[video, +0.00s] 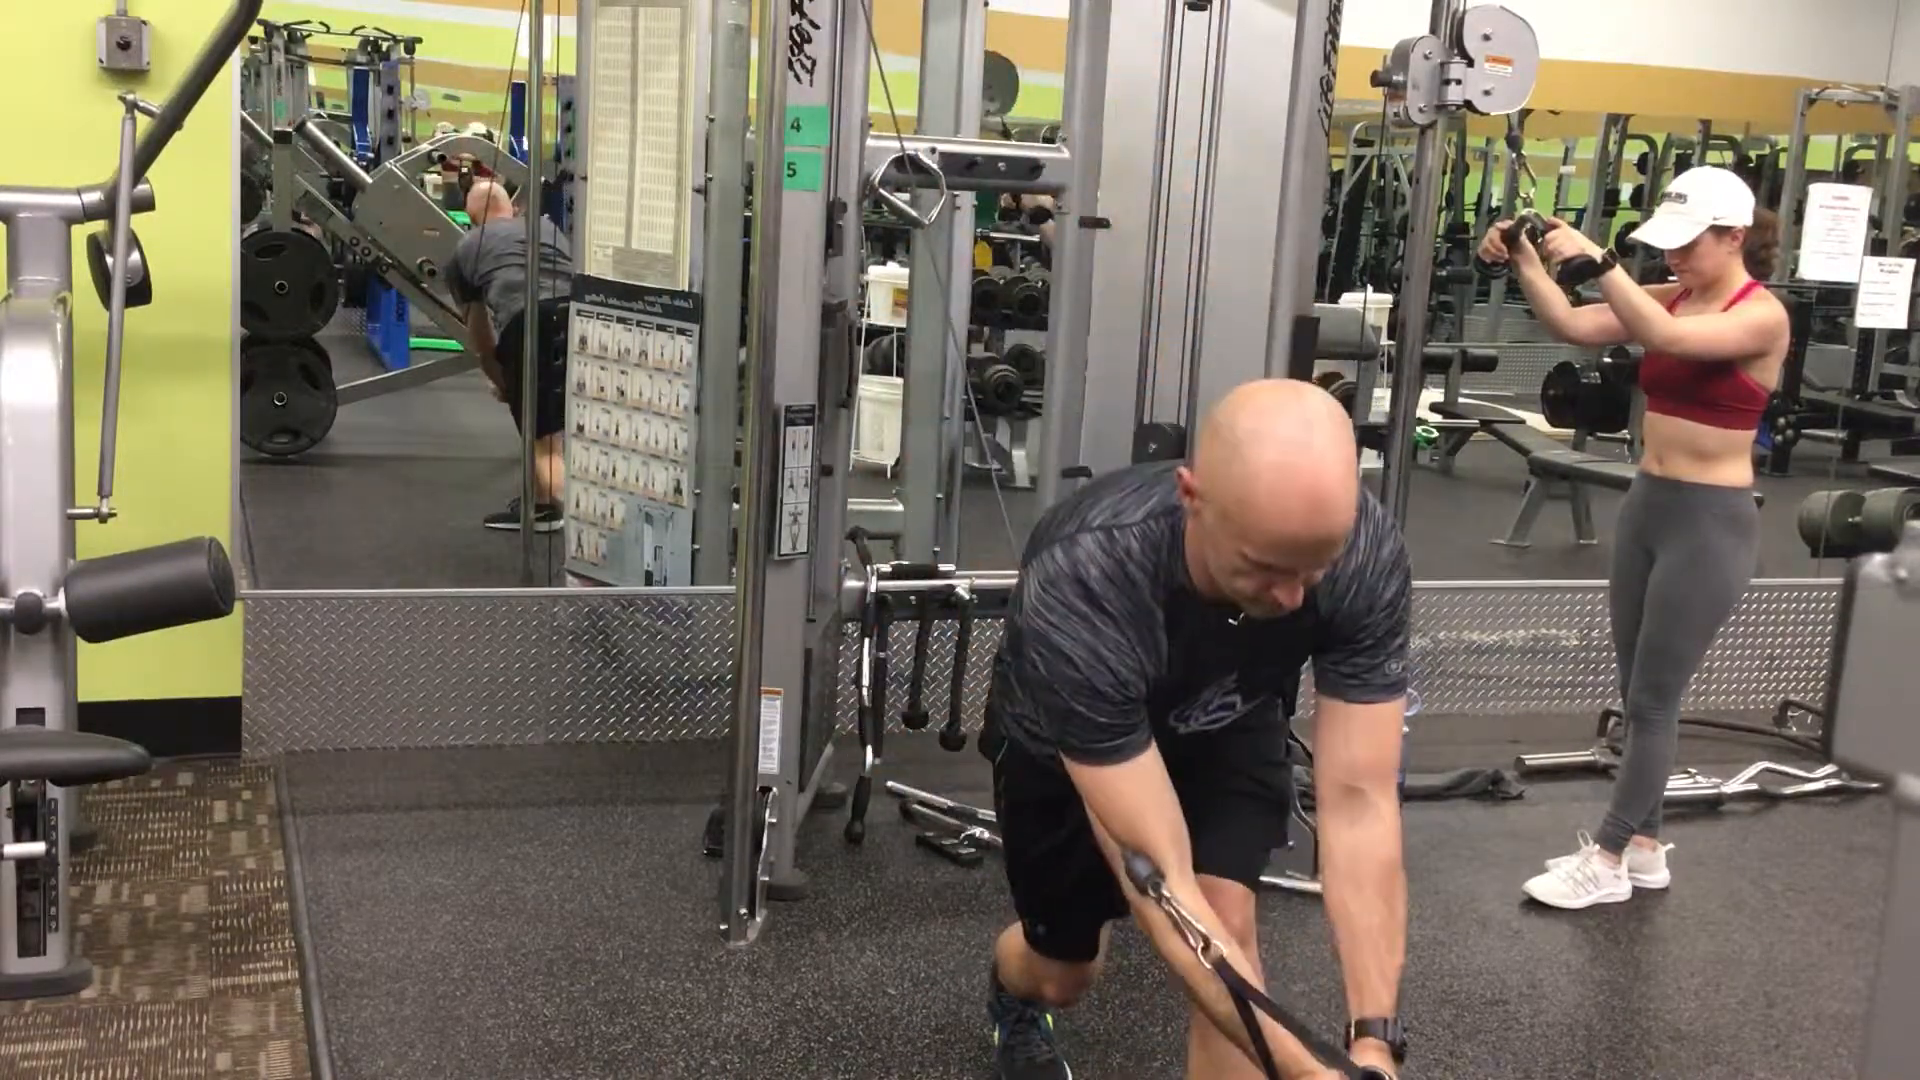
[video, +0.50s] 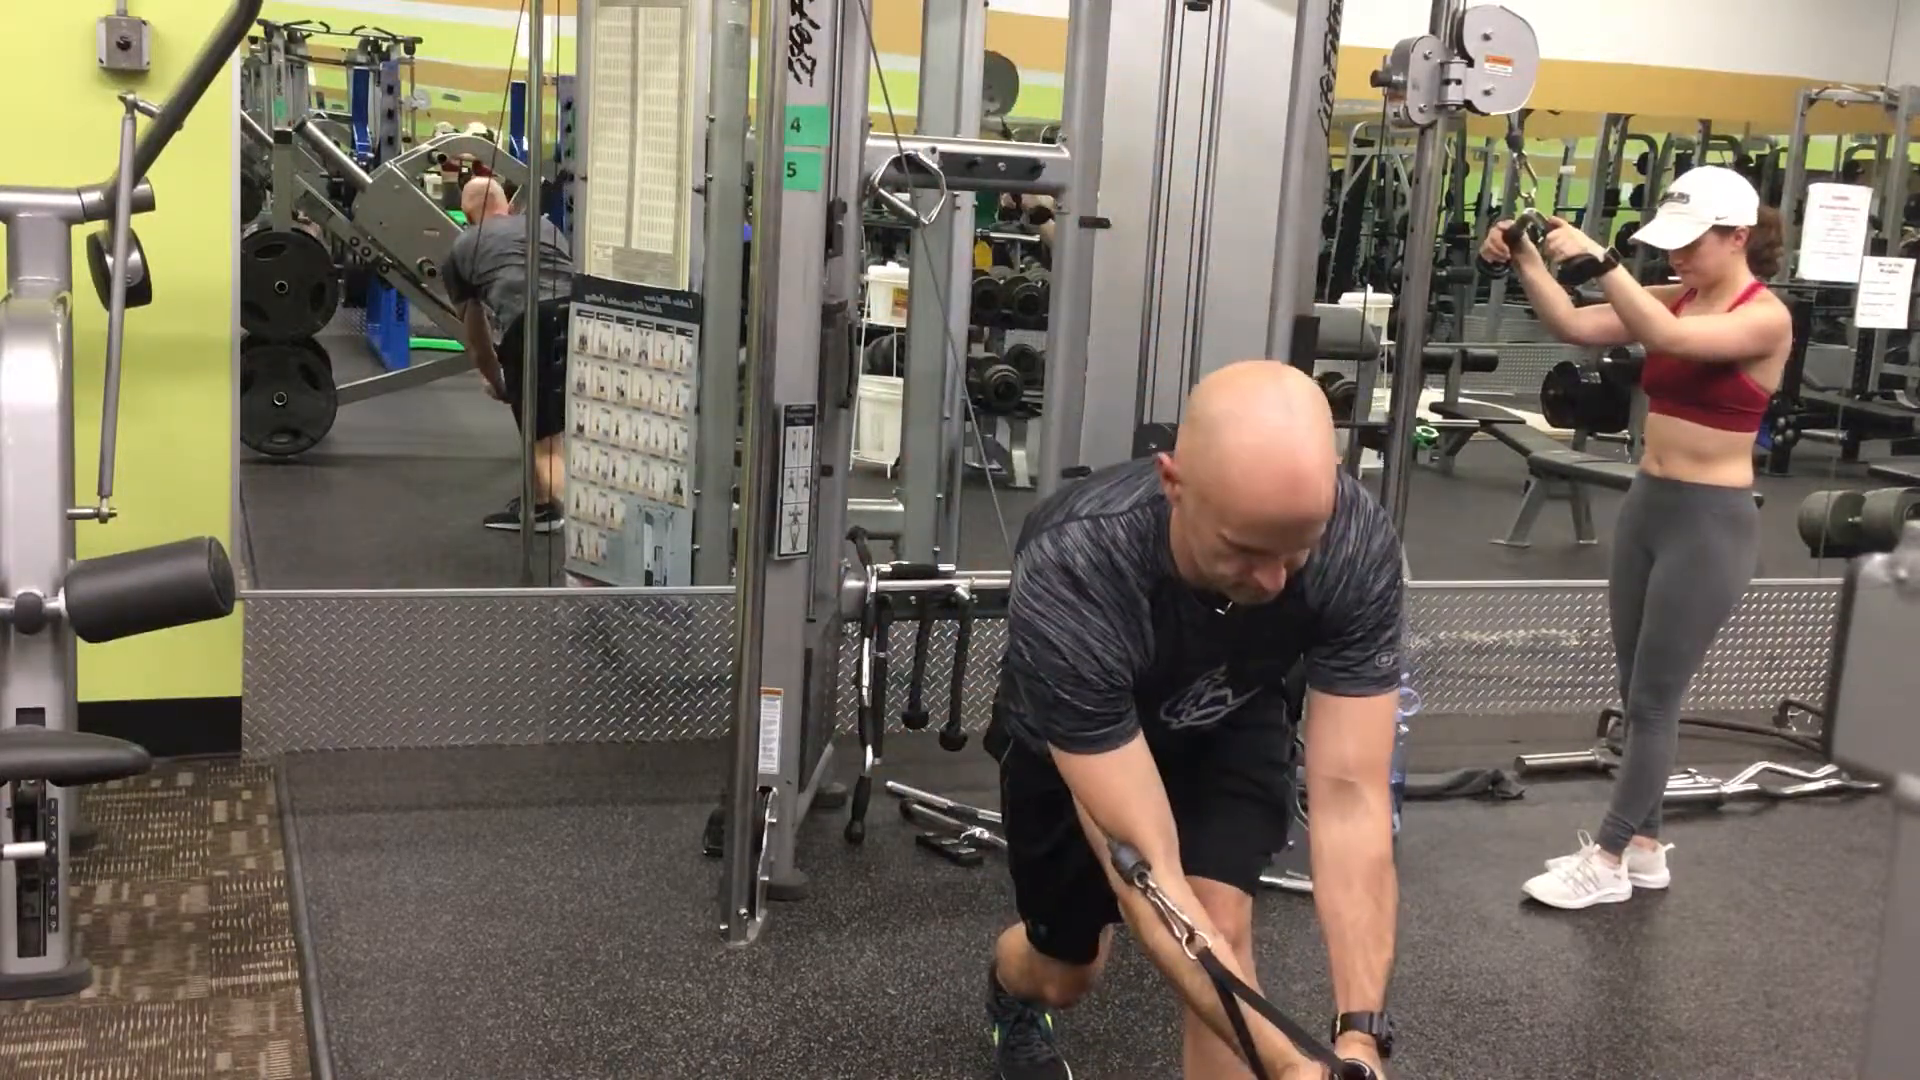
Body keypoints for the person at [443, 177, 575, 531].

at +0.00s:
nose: (470, 220)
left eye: (470, 215)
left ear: (473, 218)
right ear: (513, 208)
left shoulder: (467, 250)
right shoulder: (547, 228)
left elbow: (481, 334)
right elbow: (573, 276)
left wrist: (499, 379)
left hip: (526, 323)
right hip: (579, 313)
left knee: (544, 440)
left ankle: (578, 515)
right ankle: (541, 501)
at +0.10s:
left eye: (472, 217)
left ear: (471, 217)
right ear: (509, 207)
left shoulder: (465, 250)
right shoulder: (544, 226)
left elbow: (479, 334)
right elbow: (572, 273)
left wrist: (498, 380)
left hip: (525, 323)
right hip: (578, 314)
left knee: (543, 438)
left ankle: (575, 513)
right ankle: (541, 501)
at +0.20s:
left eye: (469, 216)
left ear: (470, 217)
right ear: (508, 207)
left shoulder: (464, 249)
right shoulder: (544, 226)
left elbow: (476, 333)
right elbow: (573, 272)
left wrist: (496, 383)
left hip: (525, 325)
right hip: (578, 315)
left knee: (543, 439)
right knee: (550, 426)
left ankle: (574, 513)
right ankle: (540, 500)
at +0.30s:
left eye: (468, 216)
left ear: (469, 218)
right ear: (508, 208)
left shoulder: (464, 250)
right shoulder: (544, 226)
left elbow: (476, 334)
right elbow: (572, 272)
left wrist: (496, 384)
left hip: (525, 325)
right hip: (578, 314)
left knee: (543, 439)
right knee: (552, 425)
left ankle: (577, 515)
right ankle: (540, 501)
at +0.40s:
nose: (468, 222)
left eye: (467, 216)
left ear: (470, 217)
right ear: (508, 207)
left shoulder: (464, 250)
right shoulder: (543, 226)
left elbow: (476, 335)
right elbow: (573, 273)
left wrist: (496, 383)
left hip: (526, 325)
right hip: (579, 315)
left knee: (543, 438)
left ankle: (577, 515)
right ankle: (540, 501)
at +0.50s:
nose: (466, 219)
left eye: (466, 213)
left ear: (469, 214)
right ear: (506, 204)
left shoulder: (464, 248)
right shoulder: (544, 225)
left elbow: (476, 337)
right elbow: (570, 275)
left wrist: (496, 383)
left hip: (529, 325)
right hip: (581, 314)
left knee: (544, 437)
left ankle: (572, 512)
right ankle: (538, 501)